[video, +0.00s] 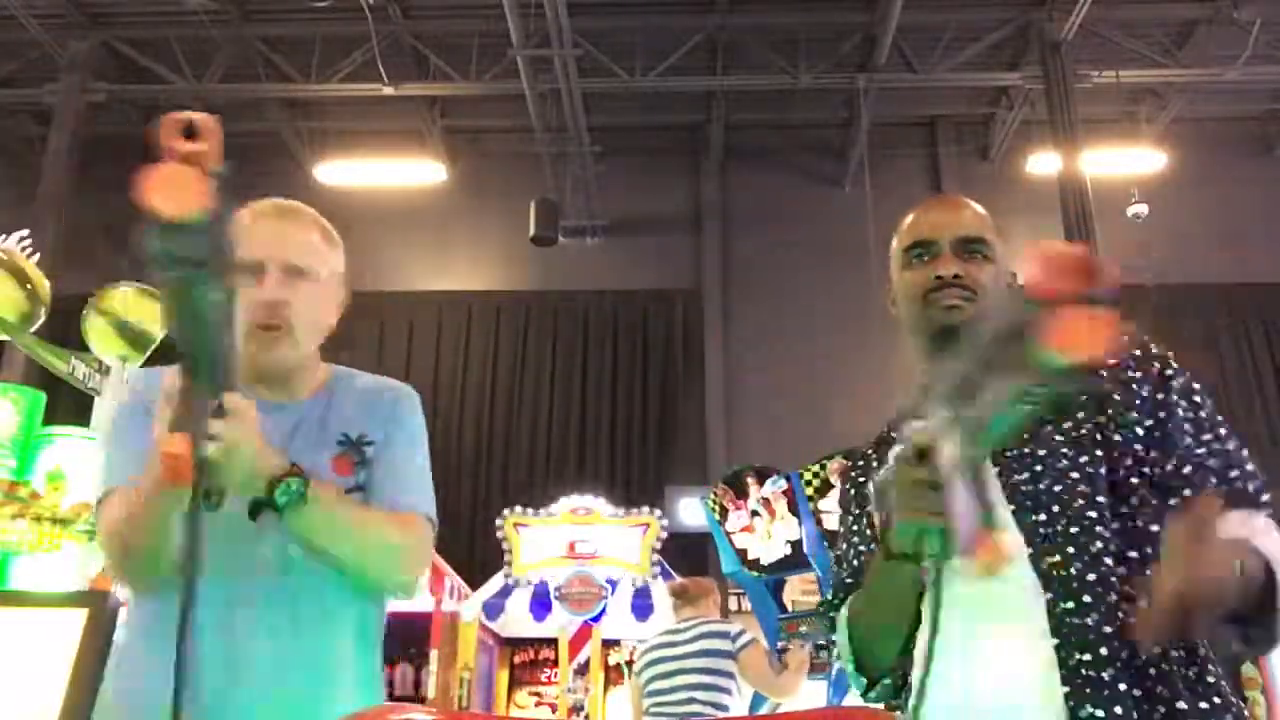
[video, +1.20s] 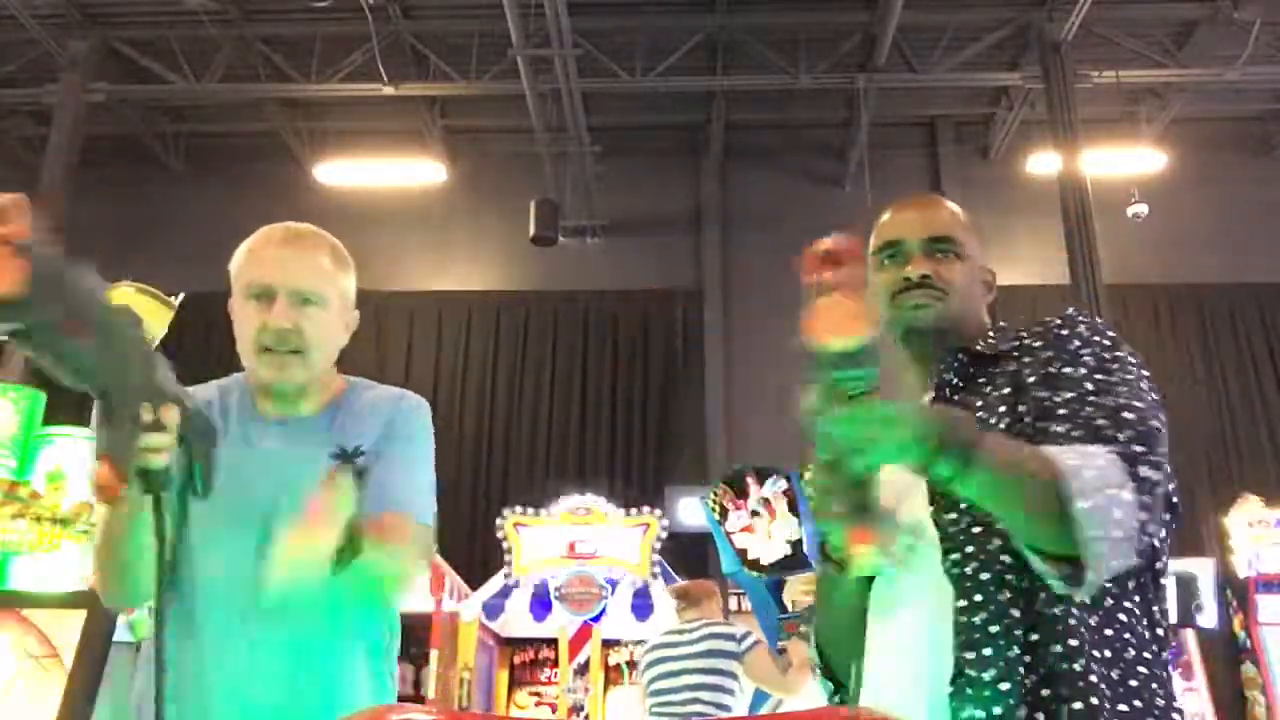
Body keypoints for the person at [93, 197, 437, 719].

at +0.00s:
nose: (271, 293)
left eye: (297, 274)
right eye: (250, 272)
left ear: (337, 303)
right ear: (217, 288)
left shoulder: (385, 409)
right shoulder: (150, 398)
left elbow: (404, 563)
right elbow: (132, 564)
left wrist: (270, 473)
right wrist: (170, 470)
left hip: (320, 706)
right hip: (155, 704)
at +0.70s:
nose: (324, 322)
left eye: (349, 306)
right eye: (304, 300)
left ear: (379, 335)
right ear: (265, 318)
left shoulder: (416, 431)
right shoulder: (200, 416)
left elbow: (431, 577)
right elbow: (173, 583)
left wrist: (300, 505)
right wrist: (204, 477)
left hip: (353, 709)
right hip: (205, 707)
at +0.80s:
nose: (335, 329)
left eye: (358, 315)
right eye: (316, 307)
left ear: (383, 335)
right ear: (277, 323)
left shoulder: (420, 439)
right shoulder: (213, 419)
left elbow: (450, 582)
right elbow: (203, 574)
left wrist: (358, 525)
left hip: (363, 709)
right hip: (213, 708)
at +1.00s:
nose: (315, 326)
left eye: (341, 309)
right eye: (295, 304)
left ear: (374, 333)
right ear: (260, 319)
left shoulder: (409, 429)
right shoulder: (194, 422)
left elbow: (435, 573)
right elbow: (182, 583)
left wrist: (316, 517)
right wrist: (234, 512)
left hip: (356, 707)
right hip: (203, 708)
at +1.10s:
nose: (288, 321)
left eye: (315, 303)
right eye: (270, 298)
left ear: (357, 326)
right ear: (241, 310)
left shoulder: (398, 421)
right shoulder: (185, 414)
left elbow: (413, 564)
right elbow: (151, 582)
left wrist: (268, 486)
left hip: (343, 709)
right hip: (188, 709)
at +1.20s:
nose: (280, 320)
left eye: (307, 301)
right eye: (260, 297)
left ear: (348, 322)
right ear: (232, 311)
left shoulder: (395, 419)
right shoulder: (179, 418)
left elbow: (394, 569)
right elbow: (121, 593)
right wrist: (132, 481)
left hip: (338, 708)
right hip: (191, 706)